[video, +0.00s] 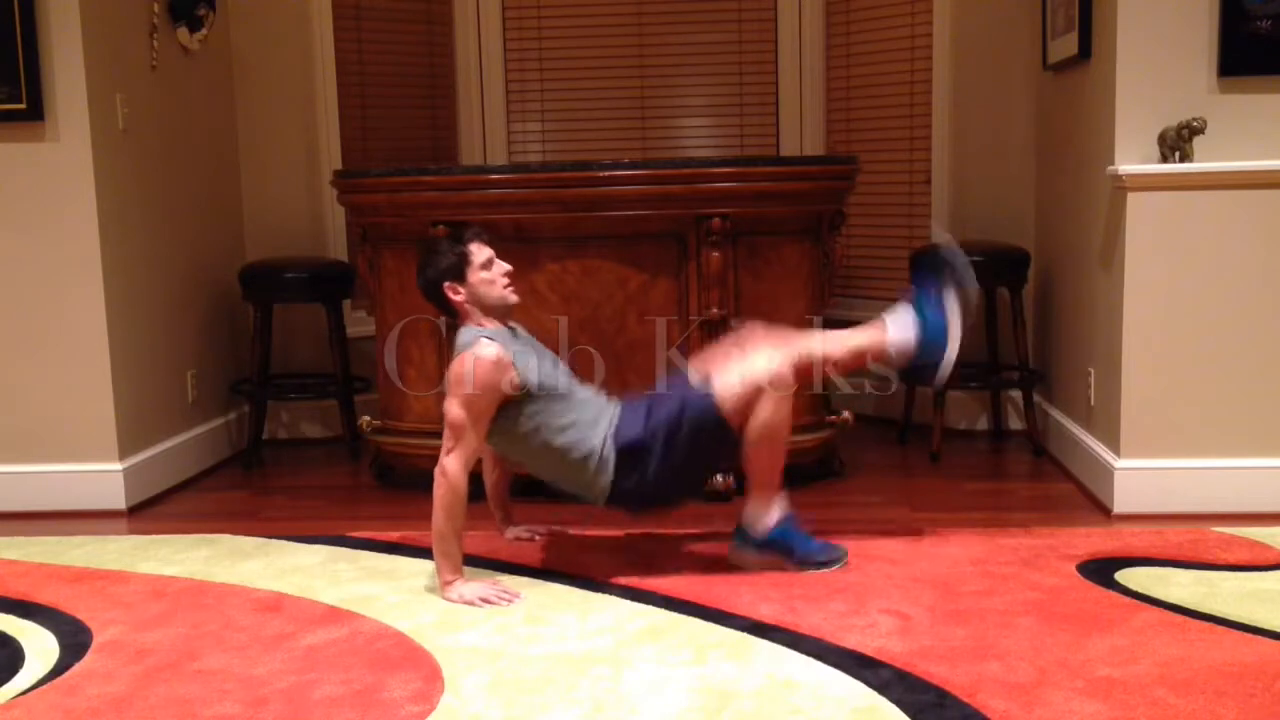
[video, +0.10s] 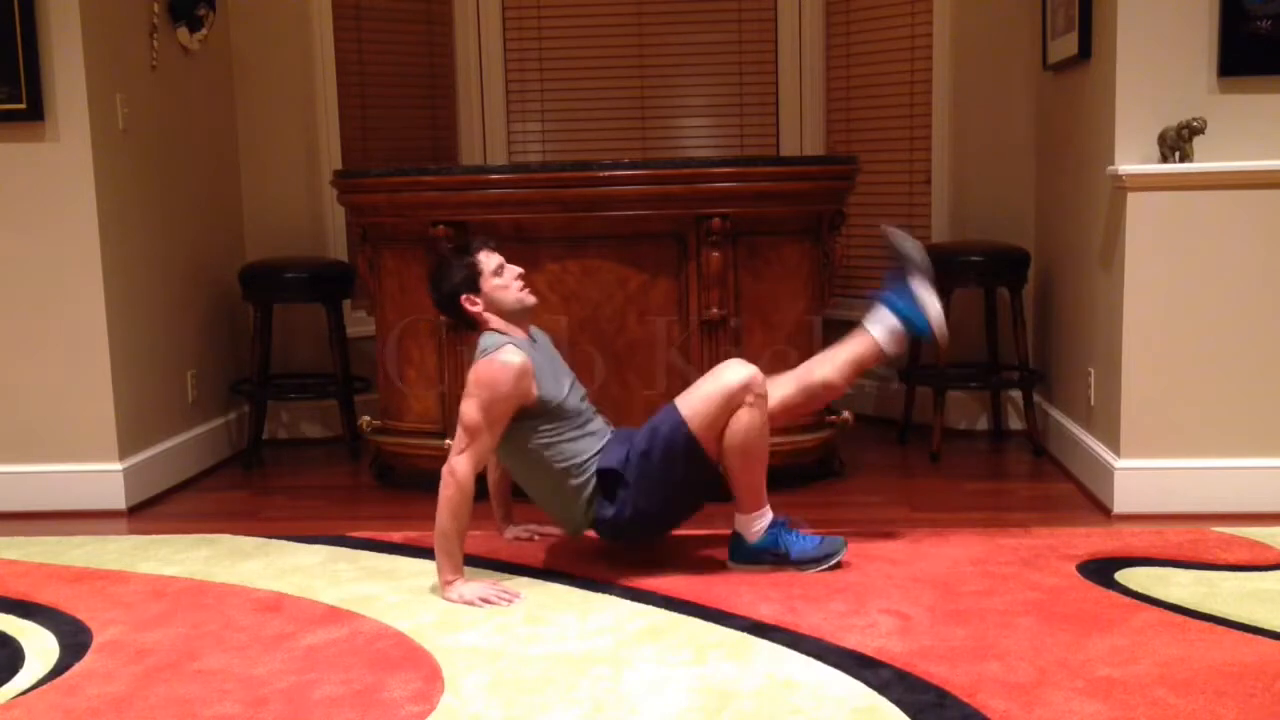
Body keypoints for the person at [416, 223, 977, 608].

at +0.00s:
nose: (505, 271)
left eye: (499, 262)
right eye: (489, 267)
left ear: (481, 283)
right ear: (456, 293)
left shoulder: (500, 338)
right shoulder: (478, 360)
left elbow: (488, 439)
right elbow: (450, 465)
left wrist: (501, 517)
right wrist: (448, 577)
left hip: (633, 428)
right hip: (626, 460)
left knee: (758, 341)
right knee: (767, 372)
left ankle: (905, 333)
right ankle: (762, 525)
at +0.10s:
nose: (517, 274)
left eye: (510, 267)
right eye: (501, 273)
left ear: (501, 293)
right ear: (476, 306)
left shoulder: (526, 341)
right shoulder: (498, 364)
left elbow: (498, 436)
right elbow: (458, 463)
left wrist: (501, 519)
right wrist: (447, 578)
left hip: (630, 471)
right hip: (616, 498)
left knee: (797, 389)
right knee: (740, 380)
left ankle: (896, 319)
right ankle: (756, 532)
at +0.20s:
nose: (512, 271)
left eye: (506, 262)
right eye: (496, 268)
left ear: (490, 285)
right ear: (465, 295)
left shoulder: (511, 337)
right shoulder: (487, 360)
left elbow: (492, 438)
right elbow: (454, 465)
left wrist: (502, 520)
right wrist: (450, 578)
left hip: (632, 453)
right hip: (623, 481)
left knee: (759, 356)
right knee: (759, 374)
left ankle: (901, 376)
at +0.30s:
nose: (501, 269)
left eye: (495, 260)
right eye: (484, 265)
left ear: (478, 280)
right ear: (451, 290)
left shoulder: (495, 335)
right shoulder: (472, 357)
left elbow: (489, 437)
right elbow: (449, 464)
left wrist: (499, 520)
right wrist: (449, 576)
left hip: (646, 408)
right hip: (639, 448)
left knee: (763, 312)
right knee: (795, 368)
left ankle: (865, 422)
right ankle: (771, 520)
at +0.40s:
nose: (494, 270)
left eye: (489, 261)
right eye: (478, 265)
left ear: (461, 285)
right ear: (446, 290)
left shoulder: (489, 337)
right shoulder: (468, 356)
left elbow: (491, 437)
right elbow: (450, 464)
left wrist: (502, 518)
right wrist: (450, 575)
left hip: (646, 395)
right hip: (646, 421)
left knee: (779, 324)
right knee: (775, 311)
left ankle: (794, 467)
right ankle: (861, 451)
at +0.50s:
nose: (499, 269)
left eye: (493, 260)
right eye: (483, 265)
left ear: (475, 283)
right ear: (451, 292)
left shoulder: (498, 340)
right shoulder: (472, 360)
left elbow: (489, 438)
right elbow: (448, 466)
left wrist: (499, 518)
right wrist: (449, 576)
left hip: (637, 423)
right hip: (630, 440)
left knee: (786, 354)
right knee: (763, 320)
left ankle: (754, 492)